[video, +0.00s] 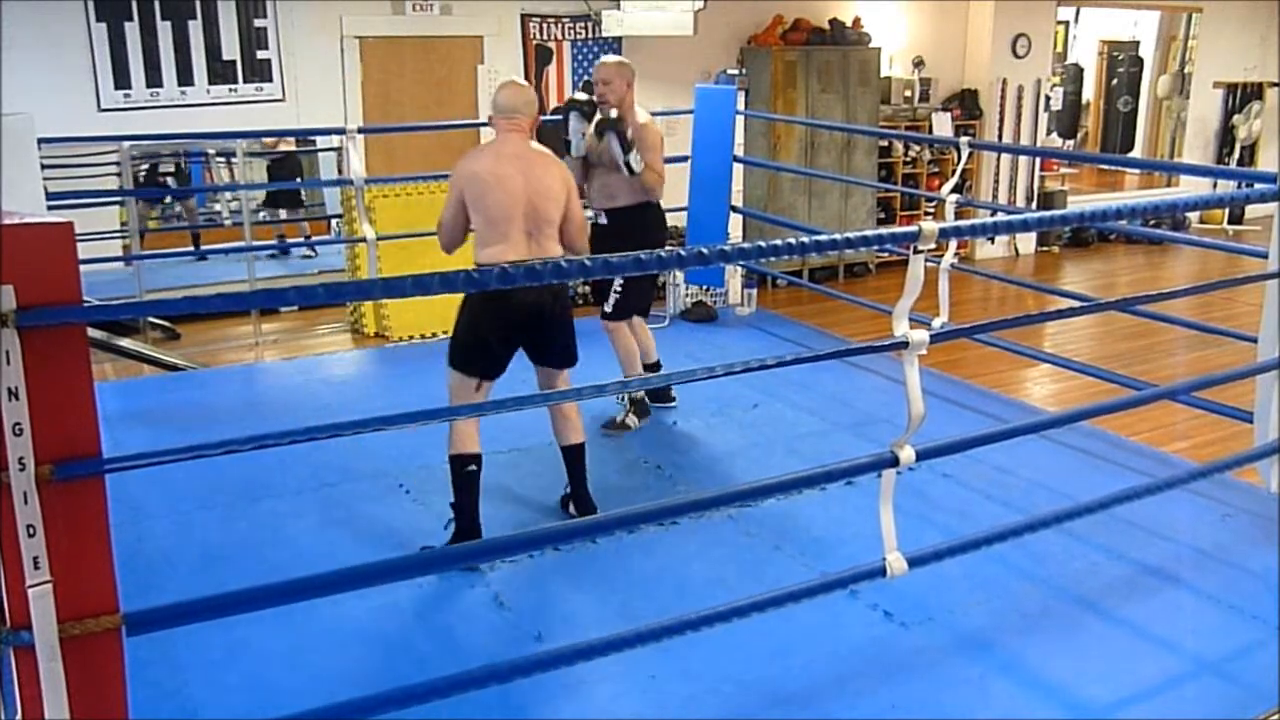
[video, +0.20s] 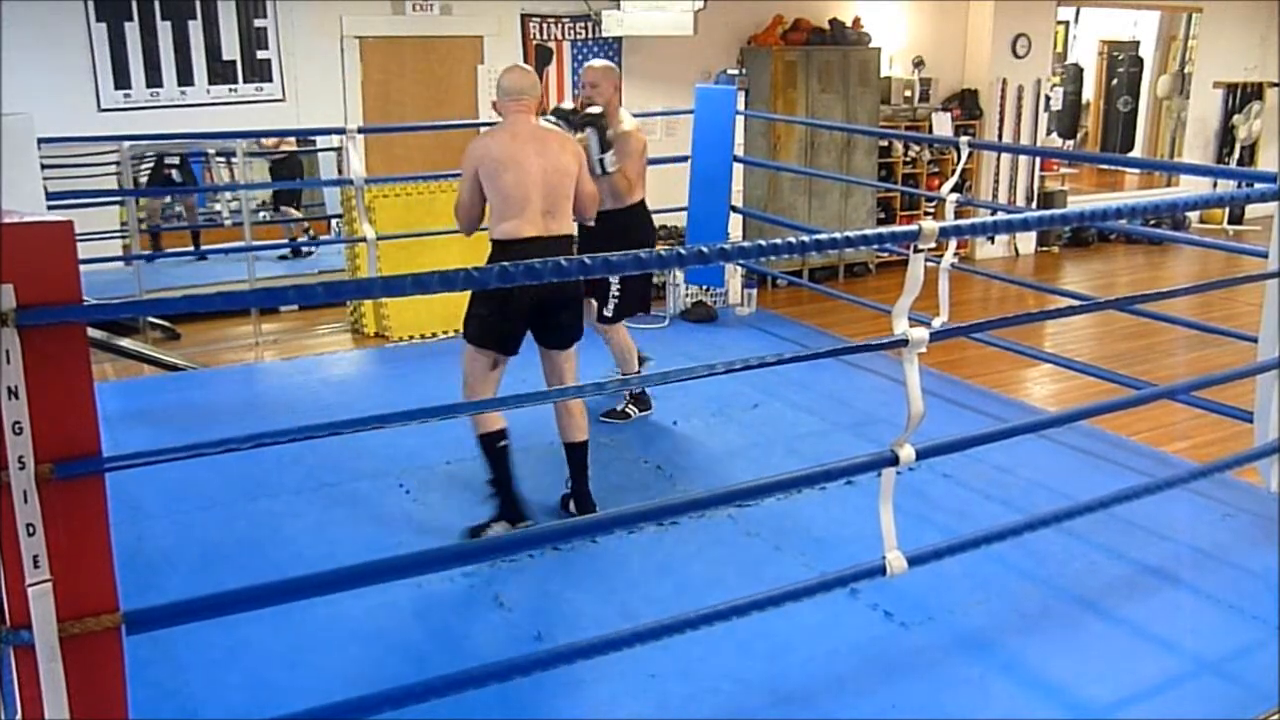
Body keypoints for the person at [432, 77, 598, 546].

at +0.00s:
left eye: (495, 115)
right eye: (533, 117)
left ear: (491, 119)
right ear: (535, 121)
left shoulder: (471, 165)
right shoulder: (557, 168)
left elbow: (449, 240)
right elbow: (578, 244)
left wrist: (482, 207)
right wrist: (543, 217)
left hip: (491, 298)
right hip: (549, 294)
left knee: (465, 409)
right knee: (561, 394)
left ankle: (467, 526)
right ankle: (581, 496)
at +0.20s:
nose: (502, 105)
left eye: (498, 98)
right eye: (542, 97)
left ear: (497, 101)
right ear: (541, 101)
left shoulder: (482, 147)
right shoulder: (569, 144)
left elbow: (466, 221)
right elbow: (588, 209)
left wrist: (498, 190)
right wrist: (550, 185)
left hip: (507, 270)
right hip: (563, 265)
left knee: (479, 389)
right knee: (565, 384)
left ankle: (509, 508)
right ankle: (582, 495)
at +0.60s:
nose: (494, 113)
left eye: (494, 107)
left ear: (498, 110)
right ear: (538, 108)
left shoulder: (485, 157)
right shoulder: (570, 149)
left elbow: (472, 216)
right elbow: (597, 209)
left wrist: (492, 177)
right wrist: (558, 195)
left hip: (526, 271)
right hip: (574, 262)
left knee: (520, 388)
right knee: (562, 341)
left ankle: (544, 507)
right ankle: (572, 426)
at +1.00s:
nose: (555, 113)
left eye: (553, 107)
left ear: (551, 111)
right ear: (586, 117)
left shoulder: (526, 144)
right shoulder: (602, 155)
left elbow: (488, 160)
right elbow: (617, 218)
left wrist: (479, 132)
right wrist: (582, 203)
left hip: (545, 252)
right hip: (592, 251)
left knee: (553, 365)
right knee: (582, 345)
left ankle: (595, 469)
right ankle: (582, 425)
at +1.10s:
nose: (543, 114)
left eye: (546, 109)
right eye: (551, 109)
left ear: (550, 114)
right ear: (583, 119)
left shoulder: (528, 149)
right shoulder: (600, 154)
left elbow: (490, 176)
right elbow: (621, 214)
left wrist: (486, 156)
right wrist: (590, 194)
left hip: (547, 253)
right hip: (592, 251)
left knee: (566, 361)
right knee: (587, 344)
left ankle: (607, 463)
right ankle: (583, 423)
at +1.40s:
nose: (505, 121)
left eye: (504, 115)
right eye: (505, 115)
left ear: (510, 113)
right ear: (541, 104)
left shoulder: (519, 148)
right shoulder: (577, 135)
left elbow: (514, 218)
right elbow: (608, 193)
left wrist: (489, 200)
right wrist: (563, 193)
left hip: (556, 245)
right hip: (596, 237)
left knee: (548, 357)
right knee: (581, 339)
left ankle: (594, 458)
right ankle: (582, 421)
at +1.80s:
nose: (479, 119)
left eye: (480, 111)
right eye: (477, 112)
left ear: (498, 105)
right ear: (510, 101)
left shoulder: (508, 148)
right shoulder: (550, 132)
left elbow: (490, 219)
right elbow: (541, 195)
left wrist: (469, 191)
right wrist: (490, 182)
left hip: (536, 251)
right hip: (559, 242)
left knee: (548, 361)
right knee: (525, 337)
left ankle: (586, 470)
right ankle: (532, 415)